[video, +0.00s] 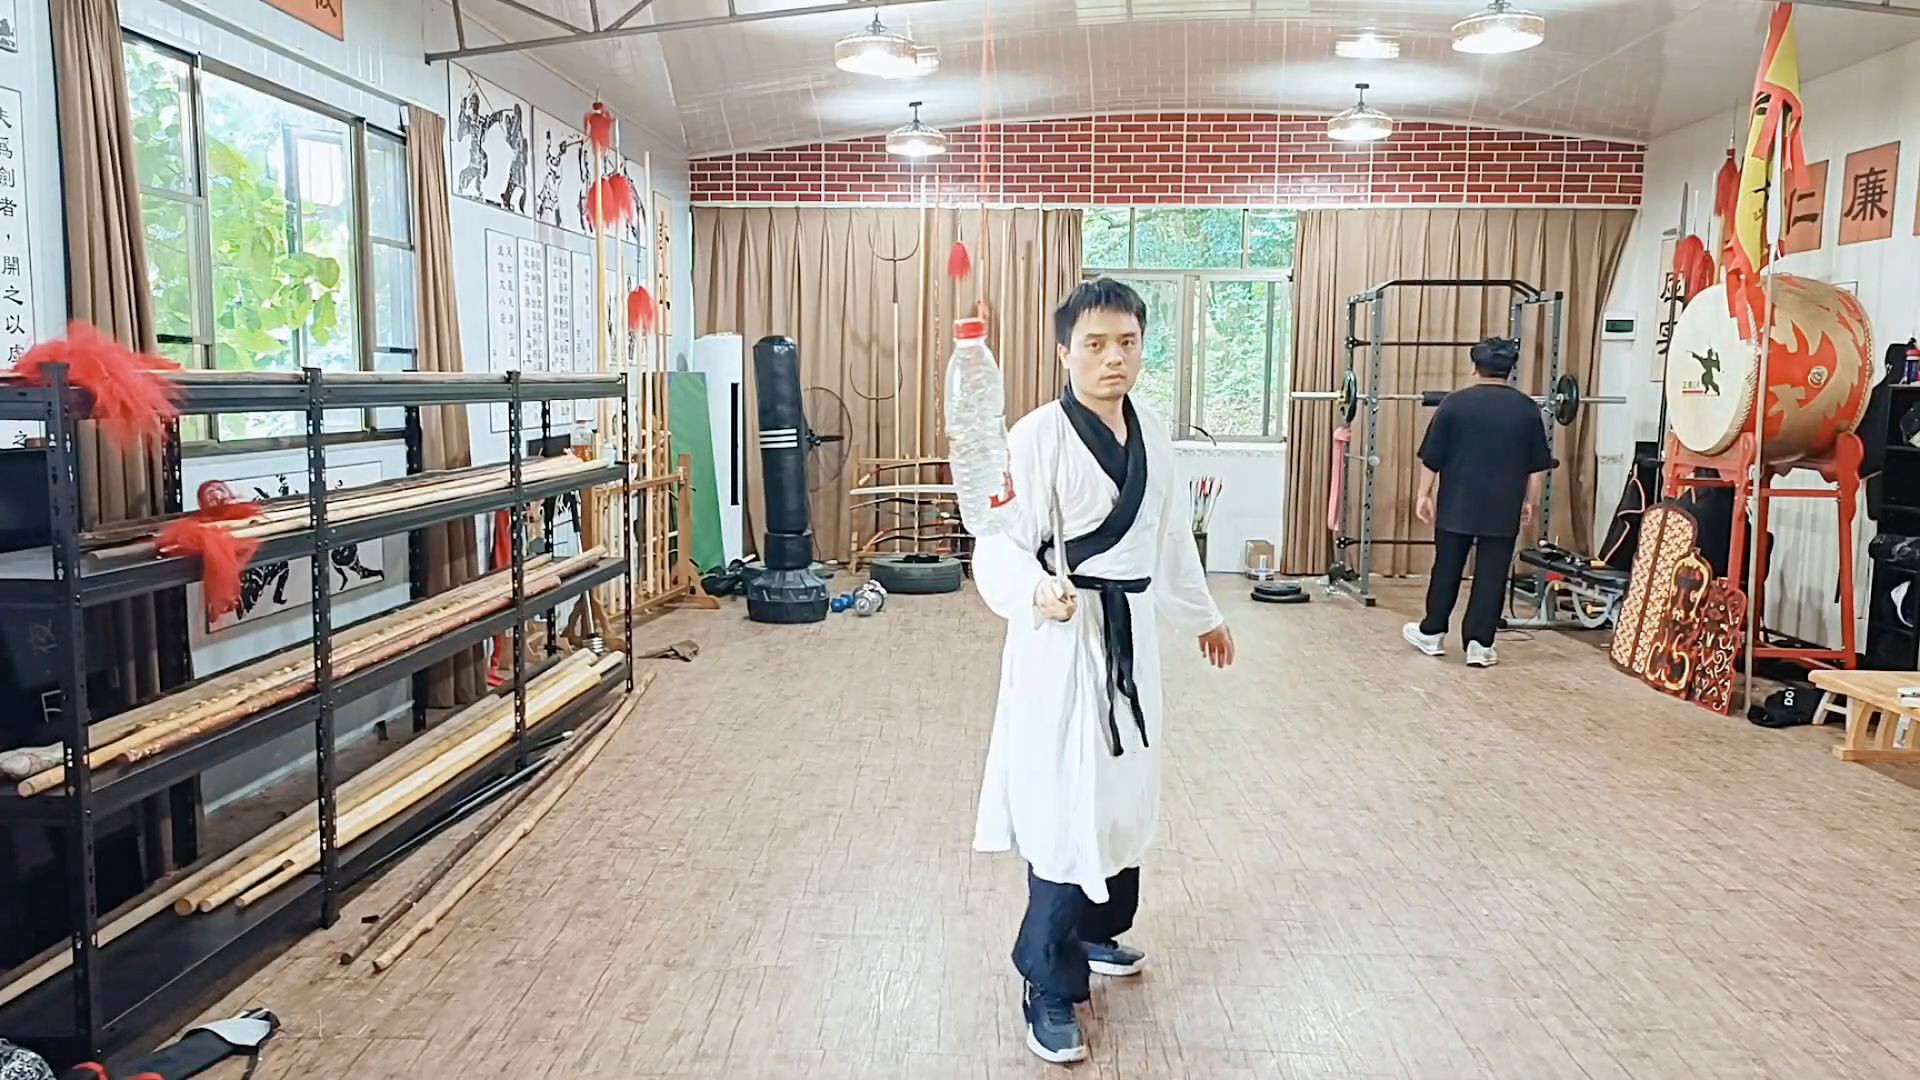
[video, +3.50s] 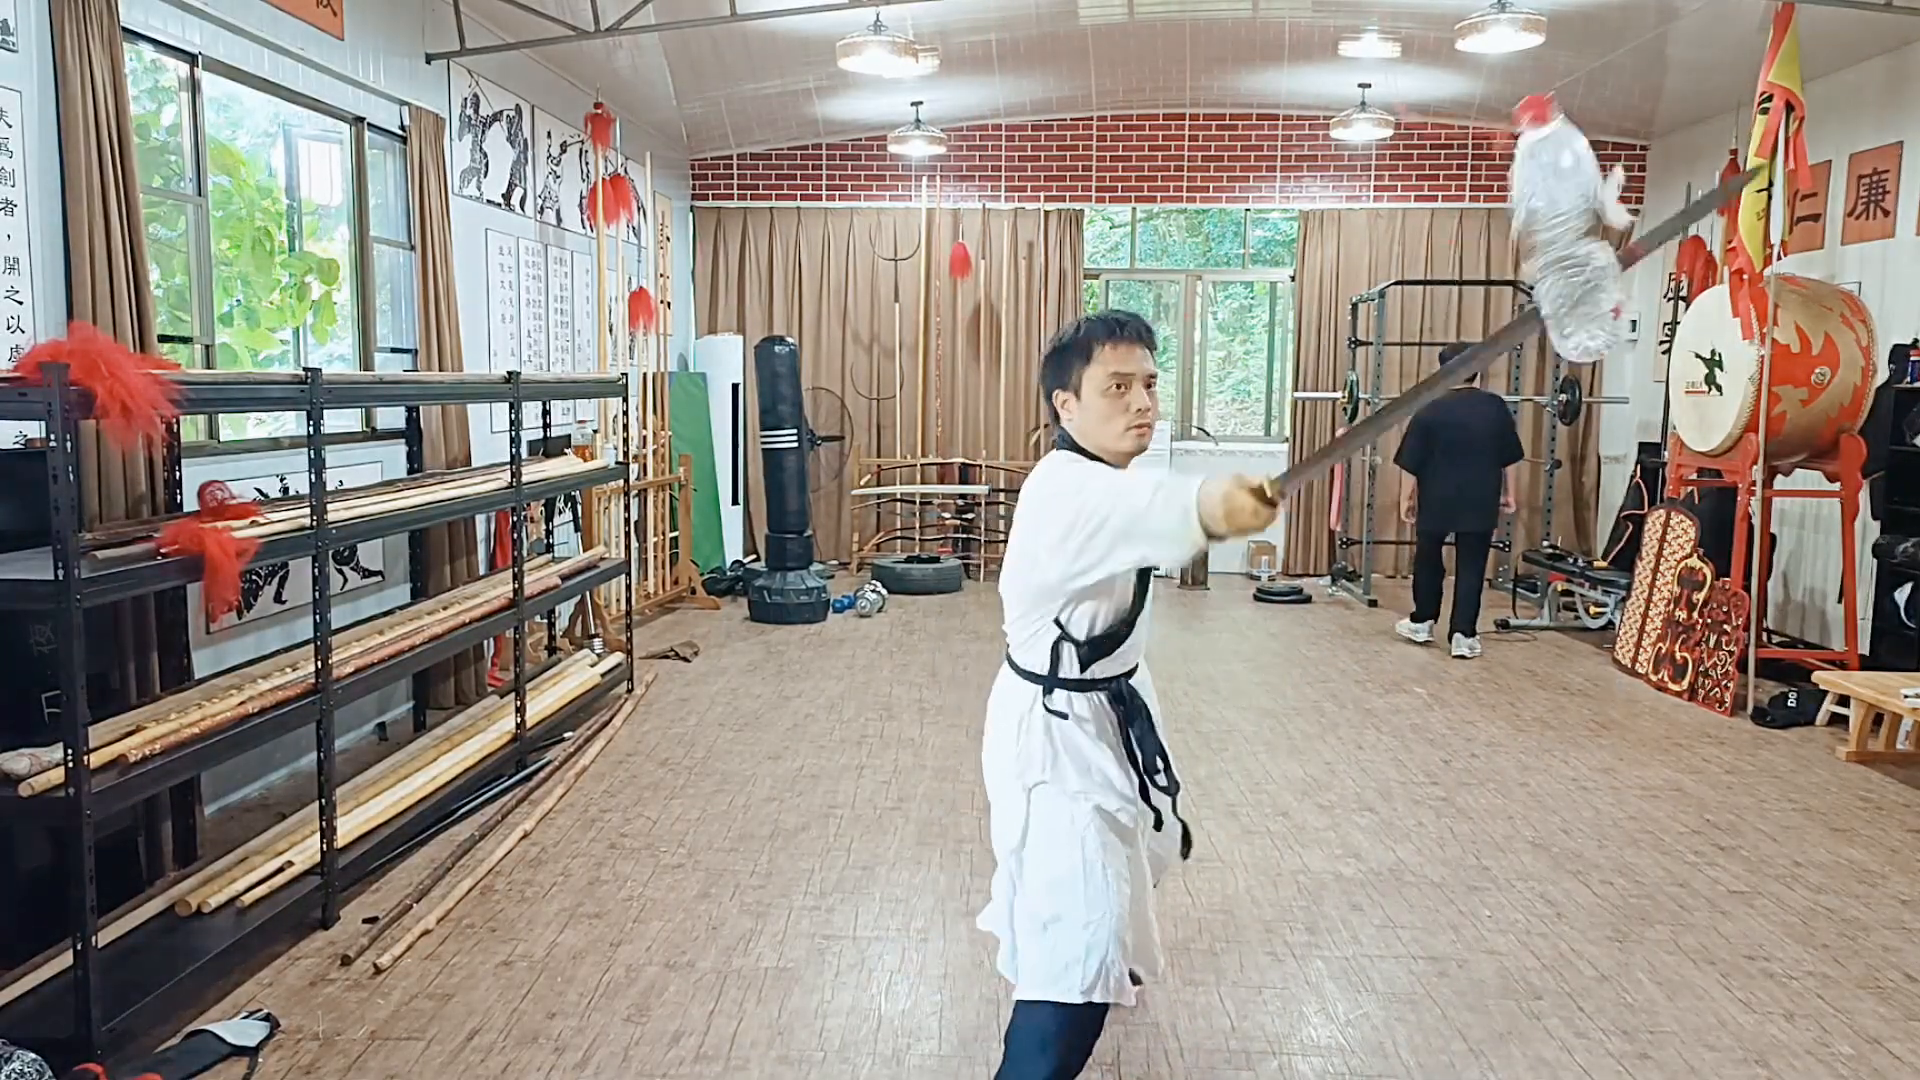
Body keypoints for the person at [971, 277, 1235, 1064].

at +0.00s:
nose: (1114, 357)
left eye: (1126, 342)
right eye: (1096, 343)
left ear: (1142, 348)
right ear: (1064, 351)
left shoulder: (1152, 427)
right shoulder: (1037, 436)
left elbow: (1174, 534)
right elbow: (997, 544)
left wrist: (1204, 614)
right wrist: (1035, 591)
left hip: (1135, 629)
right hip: (1063, 636)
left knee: (1125, 786)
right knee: (1063, 805)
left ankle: (1093, 929)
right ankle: (1047, 985)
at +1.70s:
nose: (1120, 392)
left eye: (1134, 376)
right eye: (1099, 377)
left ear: (1150, 386)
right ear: (1064, 388)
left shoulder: (1133, 469)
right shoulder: (1039, 472)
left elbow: (1143, 566)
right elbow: (974, 574)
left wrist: (1173, 639)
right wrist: (1033, 586)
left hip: (1111, 680)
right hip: (1049, 686)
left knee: (1082, 858)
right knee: (1049, 877)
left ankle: (1051, 1033)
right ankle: (1036, 1058)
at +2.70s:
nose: (1127, 337)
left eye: (1137, 324)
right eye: (1108, 324)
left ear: (1149, 340)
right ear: (1071, 339)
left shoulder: (1138, 429)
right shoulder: (1035, 435)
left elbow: (1136, 534)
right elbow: (997, 555)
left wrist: (1182, 583)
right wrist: (1029, 635)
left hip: (1116, 636)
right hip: (1054, 646)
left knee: (1127, 786)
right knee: (1073, 806)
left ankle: (1078, 924)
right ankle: (1023, 967)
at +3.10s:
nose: (1098, 376)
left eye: (1109, 362)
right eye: (1080, 364)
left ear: (1122, 373)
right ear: (1051, 377)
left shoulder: (1111, 451)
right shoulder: (1035, 459)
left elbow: (1120, 547)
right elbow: (1005, 558)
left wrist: (1172, 594)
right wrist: (1059, 600)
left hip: (1104, 676)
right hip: (1045, 681)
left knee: (1087, 814)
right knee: (1056, 830)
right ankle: (1034, 980)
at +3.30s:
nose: (1131, 408)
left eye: (1142, 391)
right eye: (1108, 392)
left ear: (1155, 403)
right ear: (1064, 409)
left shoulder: (1147, 487)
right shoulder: (1029, 514)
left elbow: (1180, 567)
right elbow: (982, 653)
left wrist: (1233, 617)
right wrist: (1048, 644)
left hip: (1125, 718)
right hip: (1048, 733)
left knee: (1101, 890)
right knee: (1057, 966)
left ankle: (1059, 1028)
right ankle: (1014, 1061)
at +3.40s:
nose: (1144, 392)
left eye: (1153, 375)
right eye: (1119, 377)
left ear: (1162, 387)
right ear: (1072, 399)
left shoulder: (1135, 485)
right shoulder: (1048, 493)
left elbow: (1147, 574)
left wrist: (1182, 609)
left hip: (1117, 718)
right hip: (1059, 730)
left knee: (1093, 938)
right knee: (1070, 964)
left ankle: (1050, 1060)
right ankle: (1027, 1067)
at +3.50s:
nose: (1142, 403)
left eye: (1149, 384)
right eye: (1118, 386)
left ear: (1158, 392)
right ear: (1065, 405)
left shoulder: (1112, 483)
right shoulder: (1064, 490)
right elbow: (1146, 510)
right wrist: (1213, 507)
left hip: (1105, 713)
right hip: (1053, 728)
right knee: (1068, 976)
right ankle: (1030, 1065)